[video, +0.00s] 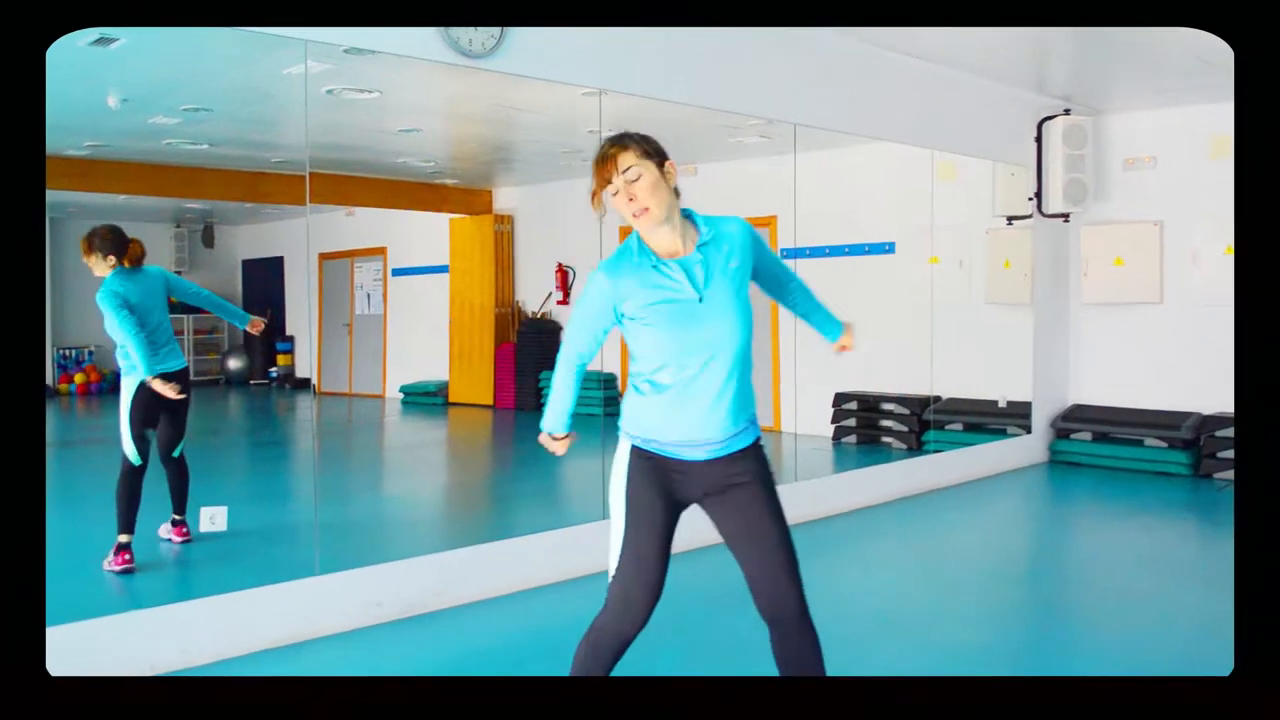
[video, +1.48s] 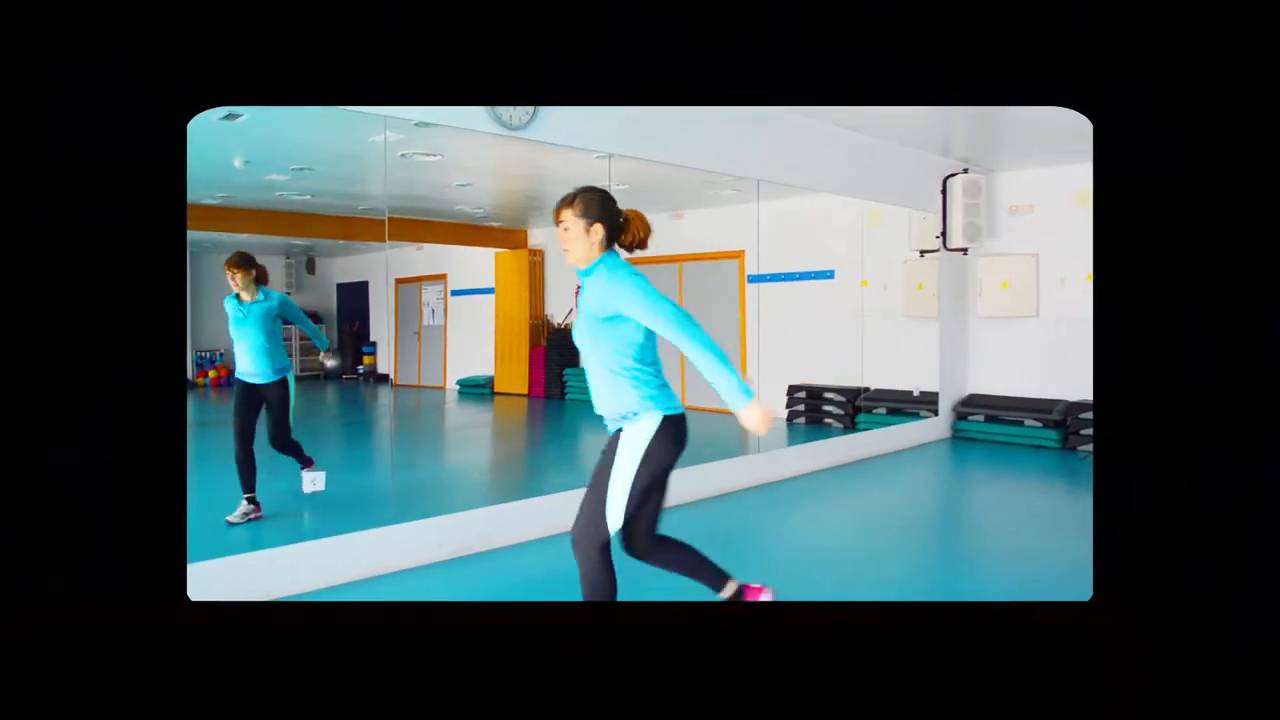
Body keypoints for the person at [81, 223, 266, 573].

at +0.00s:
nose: (88, 266)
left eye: (89, 260)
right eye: (87, 260)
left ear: (106, 258)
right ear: (120, 255)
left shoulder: (108, 292)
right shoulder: (156, 275)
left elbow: (130, 332)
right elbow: (202, 296)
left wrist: (150, 376)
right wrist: (244, 319)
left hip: (141, 380)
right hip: (177, 372)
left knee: (133, 460)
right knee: (171, 451)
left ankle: (123, 547)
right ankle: (179, 523)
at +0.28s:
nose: (151, 250)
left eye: (158, 245)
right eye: (147, 244)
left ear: (171, 247)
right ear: (141, 246)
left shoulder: (180, 277)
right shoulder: (157, 276)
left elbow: (229, 299)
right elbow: (205, 297)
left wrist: (238, 345)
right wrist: (217, 328)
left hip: (194, 364)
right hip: (176, 366)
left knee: (177, 439)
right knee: (174, 439)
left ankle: (212, 506)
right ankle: (204, 503)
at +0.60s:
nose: (205, 261)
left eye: (209, 255)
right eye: (200, 256)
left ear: (223, 250)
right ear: (195, 253)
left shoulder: (240, 279)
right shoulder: (189, 273)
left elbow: (242, 323)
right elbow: (152, 299)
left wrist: (214, 312)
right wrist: (149, 295)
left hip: (237, 358)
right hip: (205, 359)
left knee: (235, 423)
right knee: (213, 425)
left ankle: (245, 493)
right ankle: (221, 490)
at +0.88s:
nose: (231, 278)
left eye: (235, 273)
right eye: (227, 273)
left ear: (246, 269)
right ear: (223, 273)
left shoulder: (263, 289)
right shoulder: (222, 290)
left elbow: (262, 281)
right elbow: (198, 276)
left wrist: (241, 261)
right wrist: (193, 257)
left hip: (267, 367)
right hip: (238, 369)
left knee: (269, 427)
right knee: (250, 429)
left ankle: (279, 486)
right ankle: (262, 483)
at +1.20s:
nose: (243, 285)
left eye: (247, 279)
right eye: (239, 281)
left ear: (261, 276)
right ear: (237, 282)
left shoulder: (287, 303)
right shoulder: (236, 307)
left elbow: (305, 336)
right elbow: (219, 342)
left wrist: (316, 370)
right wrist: (206, 379)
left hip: (288, 376)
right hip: (254, 377)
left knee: (294, 425)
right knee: (243, 428)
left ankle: (300, 478)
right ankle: (241, 493)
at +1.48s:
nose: (231, 279)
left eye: (235, 273)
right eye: (228, 274)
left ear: (252, 272)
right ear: (229, 277)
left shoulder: (277, 301)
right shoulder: (230, 304)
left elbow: (305, 324)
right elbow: (240, 335)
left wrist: (325, 345)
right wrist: (248, 361)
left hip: (275, 380)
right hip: (245, 381)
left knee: (279, 440)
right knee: (242, 442)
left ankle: (307, 463)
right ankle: (250, 502)